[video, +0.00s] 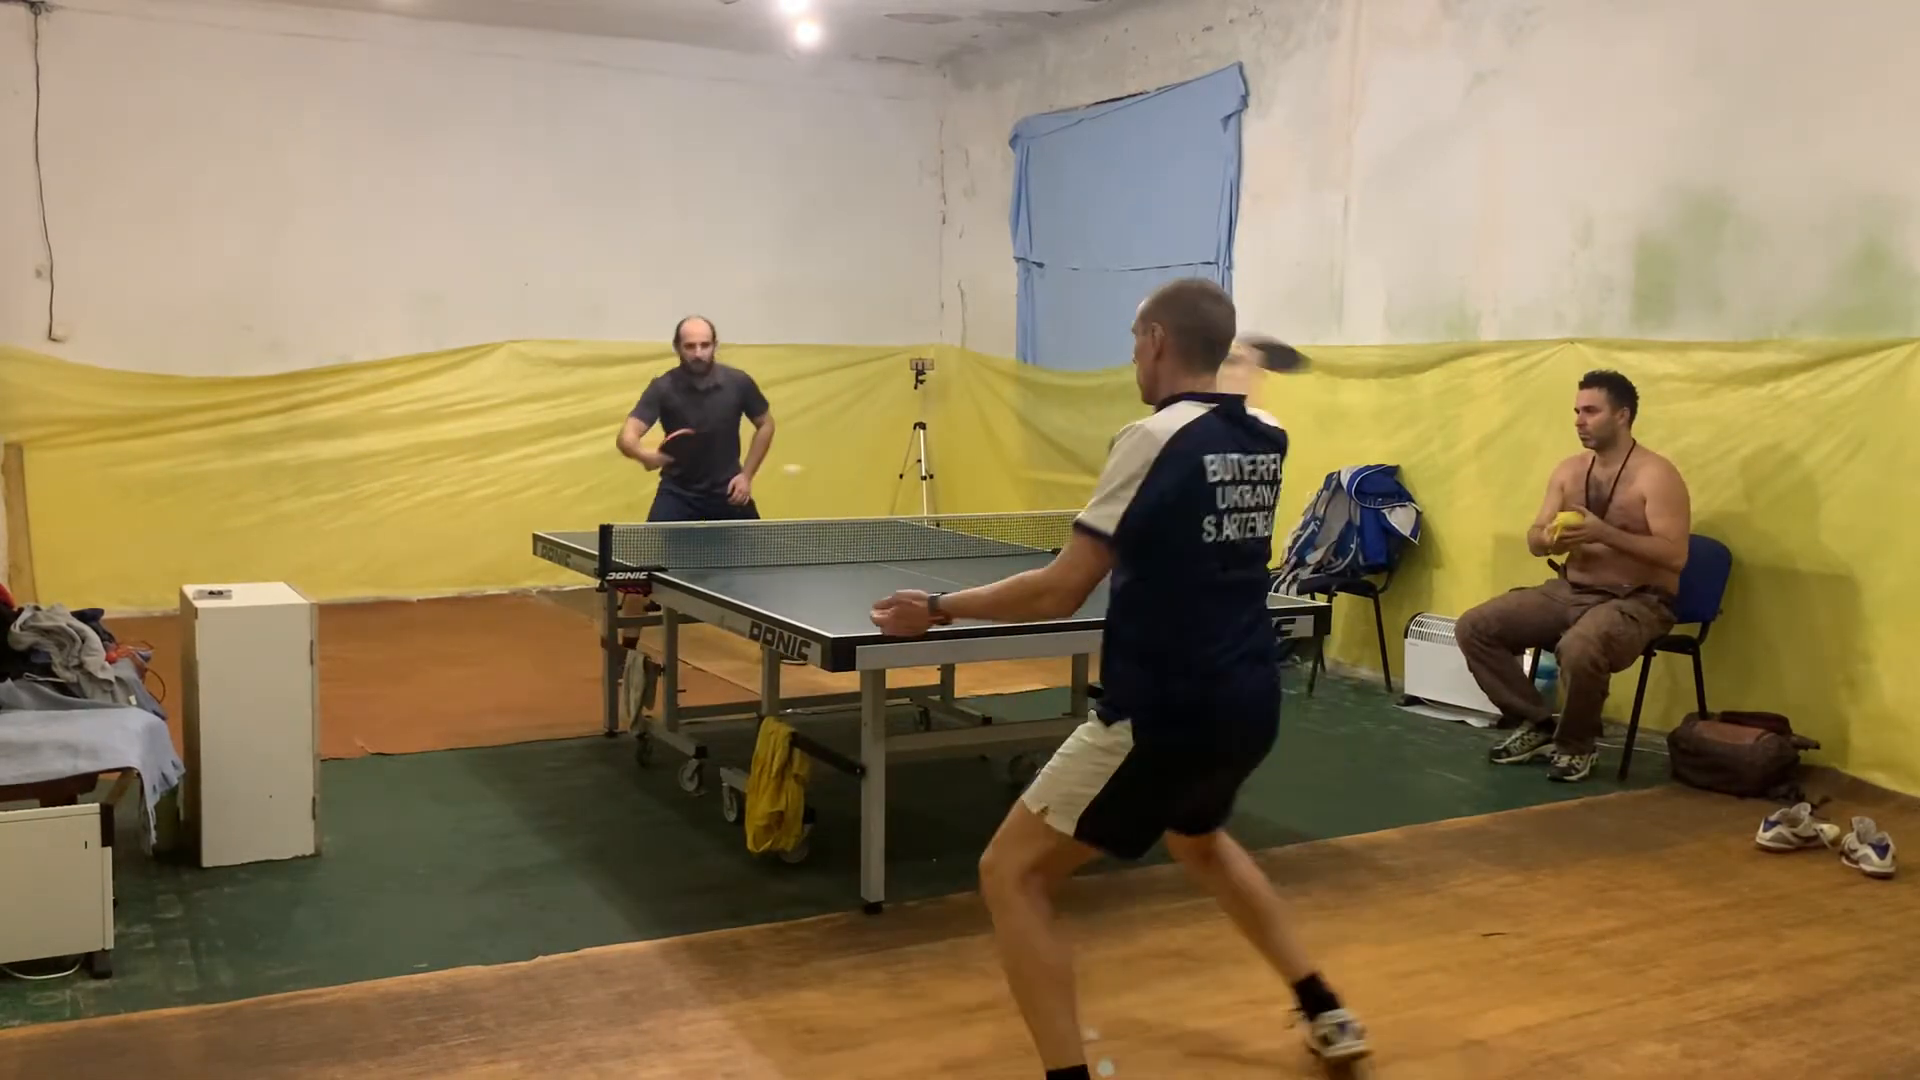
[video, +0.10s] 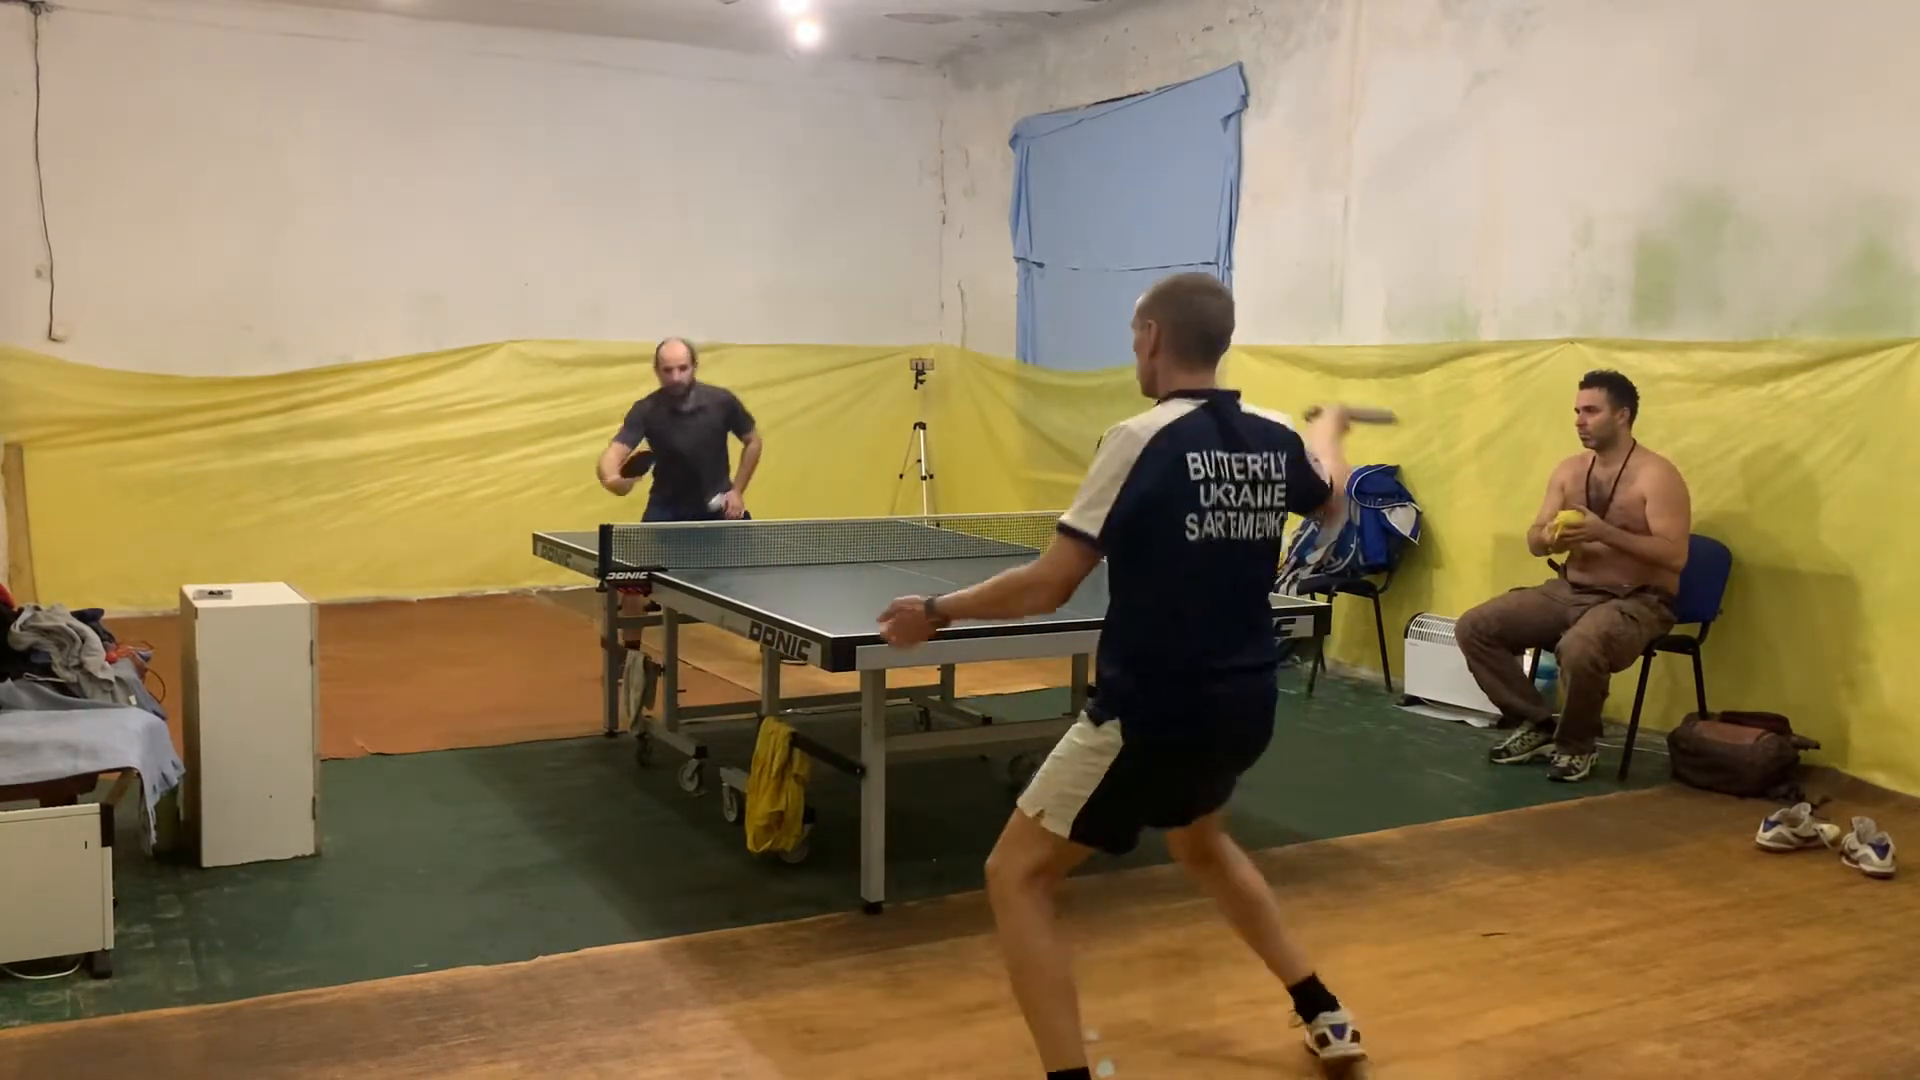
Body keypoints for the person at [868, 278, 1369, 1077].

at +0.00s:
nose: (1133, 360)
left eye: (1136, 344)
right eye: (1136, 344)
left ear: (1158, 344)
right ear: (1222, 352)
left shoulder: (1155, 438)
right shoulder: (1264, 438)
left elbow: (1062, 588)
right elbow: (1234, 404)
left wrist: (939, 609)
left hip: (1156, 714)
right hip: (1246, 704)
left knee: (1010, 870)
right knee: (1198, 835)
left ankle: (1069, 1071)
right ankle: (1324, 1009)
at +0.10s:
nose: (1134, 350)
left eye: (1137, 335)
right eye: (1137, 334)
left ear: (1155, 338)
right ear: (1220, 344)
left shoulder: (1140, 441)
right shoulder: (1274, 441)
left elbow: (1051, 581)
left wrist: (939, 611)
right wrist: (1327, 431)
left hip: (1146, 712)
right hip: (1242, 703)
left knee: (1015, 872)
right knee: (1200, 837)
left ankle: (1070, 1072)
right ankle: (1320, 1010)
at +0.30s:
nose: (1157, 289)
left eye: (1161, 276)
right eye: (1164, 275)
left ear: (1174, 284)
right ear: (1246, 295)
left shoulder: (1137, 371)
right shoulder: (1303, 386)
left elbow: (1077, 518)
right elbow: (1371, 506)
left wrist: (1011, 566)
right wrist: (1375, 480)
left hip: (1174, 653)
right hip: (1290, 648)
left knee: (1076, 835)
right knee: (1320, 804)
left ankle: (1063, 1055)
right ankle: (1376, 995)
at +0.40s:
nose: (1179, 313)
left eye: (1182, 300)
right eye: (1186, 299)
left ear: (1192, 309)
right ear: (1267, 321)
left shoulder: (1147, 390)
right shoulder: (1320, 406)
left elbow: (1098, 539)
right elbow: (1388, 546)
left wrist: (1061, 611)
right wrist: (1390, 516)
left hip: (1191, 666)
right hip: (1305, 663)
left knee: (1094, 841)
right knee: (1362, 817)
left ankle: (1046, 1059)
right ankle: (1448, 1002)